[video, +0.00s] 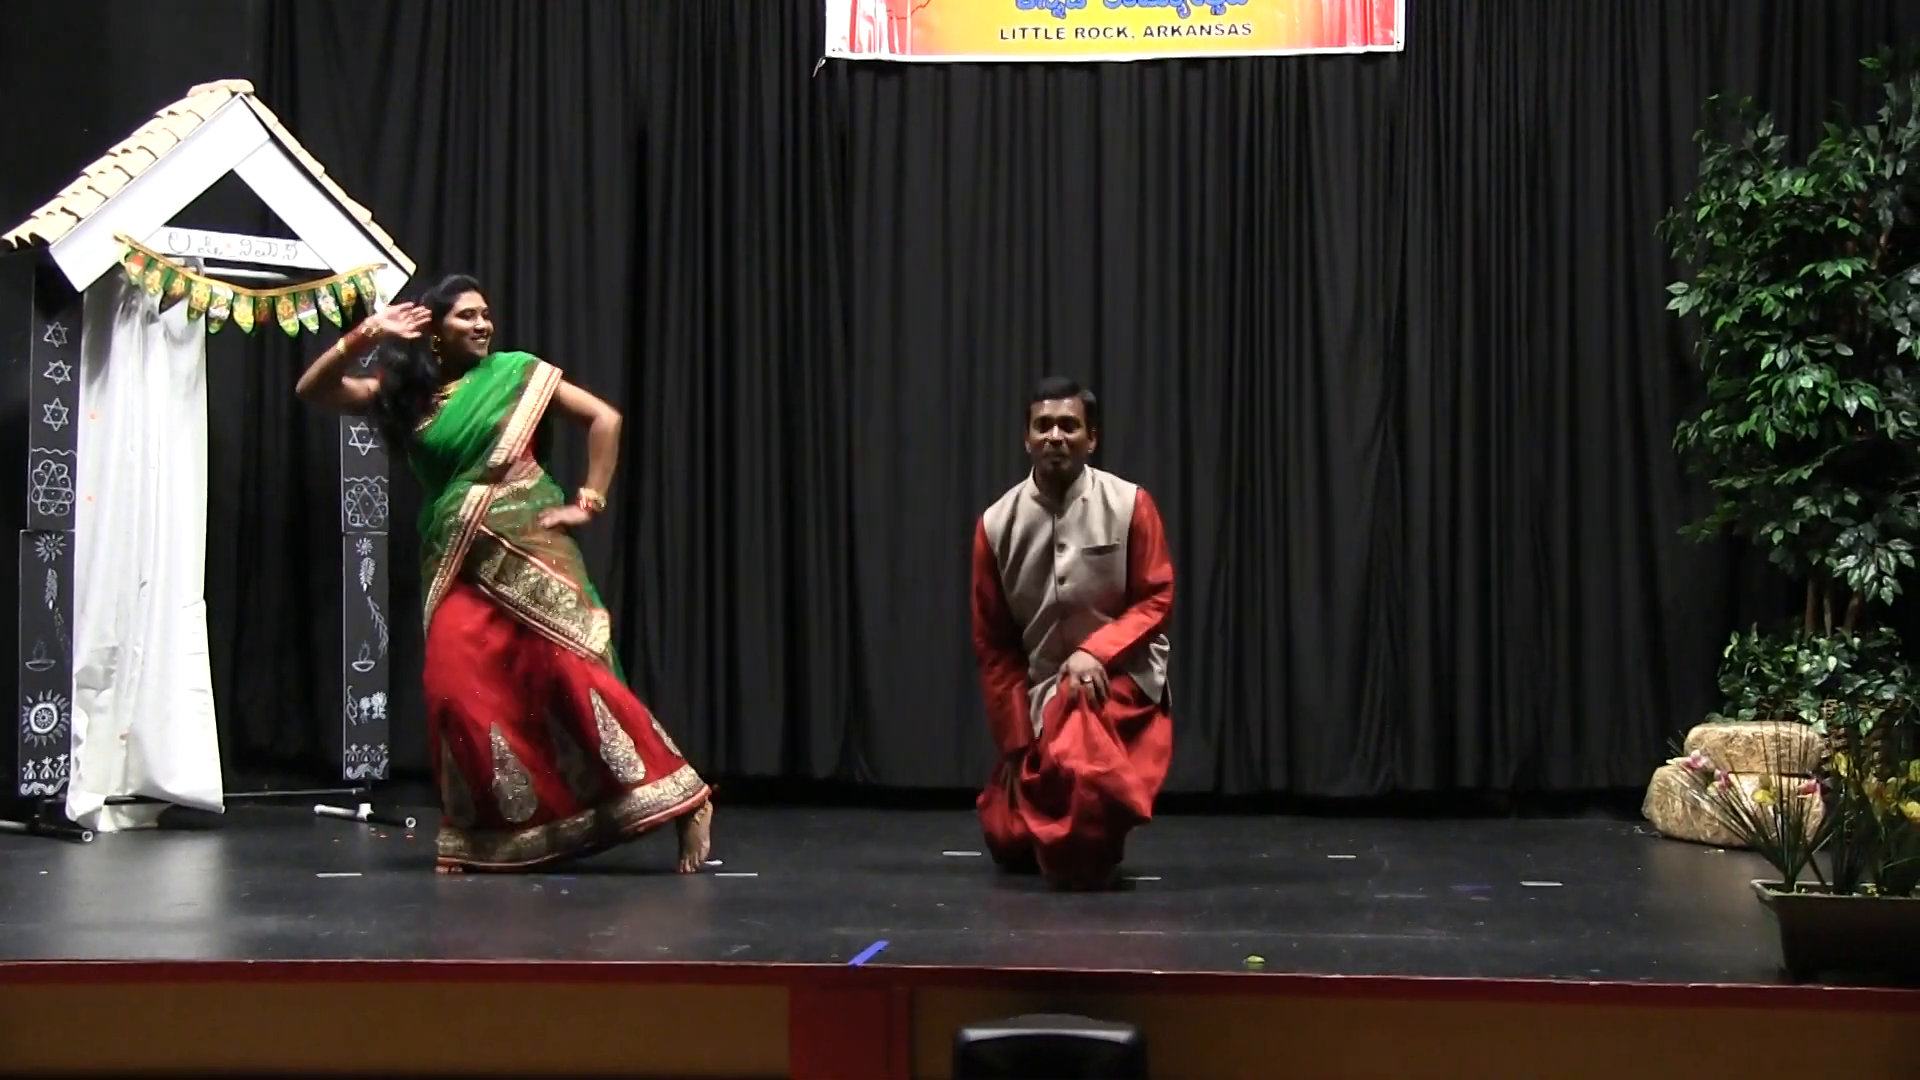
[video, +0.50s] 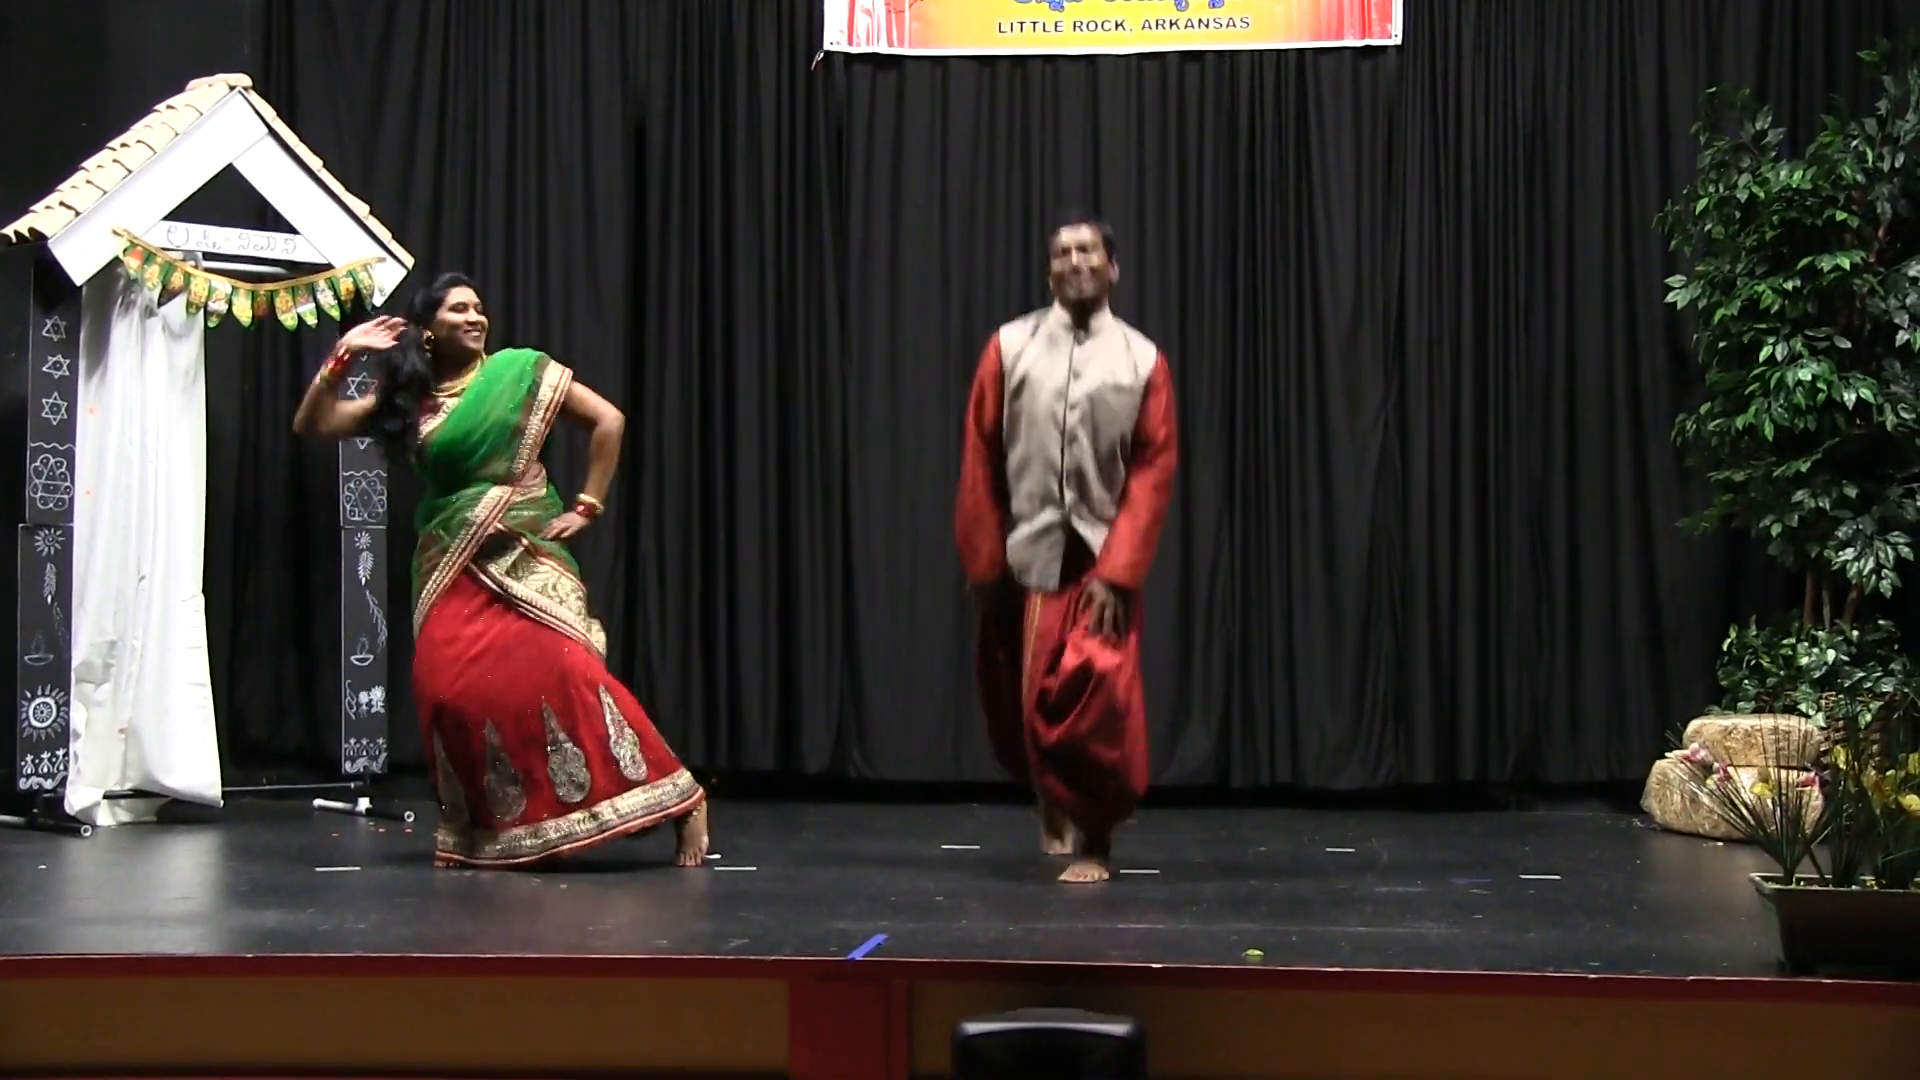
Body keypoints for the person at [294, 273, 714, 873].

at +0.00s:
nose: (483, 324)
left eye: (486, 315)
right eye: (468, 316)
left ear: (491, 321)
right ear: (433, 327)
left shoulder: (516, 372)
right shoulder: (407, 392)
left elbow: (604, 418)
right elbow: (312, 391)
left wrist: (589, 500)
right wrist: (359, 338)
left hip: (536, 548)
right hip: (461, 560)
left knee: (570, 673)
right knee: (448, 685)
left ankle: (687, 800)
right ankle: (478, 833)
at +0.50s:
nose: (474, 316)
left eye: (478, 309)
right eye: (458, 308)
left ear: (488, 322)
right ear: (426, 326)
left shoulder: (519, 369)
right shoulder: (409, 396)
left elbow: (608, 419)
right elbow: (313, 424)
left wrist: (589, 503)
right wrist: (341, 356)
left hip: (531, 549)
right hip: (451, 558)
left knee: (573, 671)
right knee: (440, 689)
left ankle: (685, 798)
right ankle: (461, 821)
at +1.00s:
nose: (463, 305)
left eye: (475, 297)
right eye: (453, 297)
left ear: (499, 315)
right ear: (437, 315)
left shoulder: (528, 376)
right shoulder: (420, 384)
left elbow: (522, 446)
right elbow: (389, 453)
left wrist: (452, 422)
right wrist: (418, 430)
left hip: (524, 547)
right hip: (447, 555)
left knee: (583, 664)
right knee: (444, 682)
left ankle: (671, 797)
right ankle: (463, 822)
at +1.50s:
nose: (485, 302)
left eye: (496, 292)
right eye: (482, 292)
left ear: (531, 301)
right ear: (482, 301)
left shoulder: (573, 372)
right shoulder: (459, 371)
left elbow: (666, 367)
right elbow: (397, 431)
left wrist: (619, 317)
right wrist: (344, 475)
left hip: (513, 542)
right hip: (434, 534)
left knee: (512, 677)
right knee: (371, 665)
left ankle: (517, 837)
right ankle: (319, 824)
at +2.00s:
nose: (492, 307)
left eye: (507, 300)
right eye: (493, 297)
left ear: (536, 316)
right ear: (488, 304)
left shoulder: (560, 387)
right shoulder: (444, 375)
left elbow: (650, 405)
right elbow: (403, 456)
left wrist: (601, 353)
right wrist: (392, 540)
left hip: (519, 555)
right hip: (441, 552)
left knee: (513, 687)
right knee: (376, 674)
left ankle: (517, 837)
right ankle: (327, 827)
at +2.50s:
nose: (514, 299)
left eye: (529, 292)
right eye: (508, 291)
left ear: (556, 316)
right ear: (496, 308)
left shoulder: (576, 390)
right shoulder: (458, 377)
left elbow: (633, 467)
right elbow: (408, 454)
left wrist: (662, 449)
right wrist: (363, 529)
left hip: (521, 553)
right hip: (442, 546)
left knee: (501, 686)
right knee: (385, 673)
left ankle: (466, 837)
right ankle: (332, 826)